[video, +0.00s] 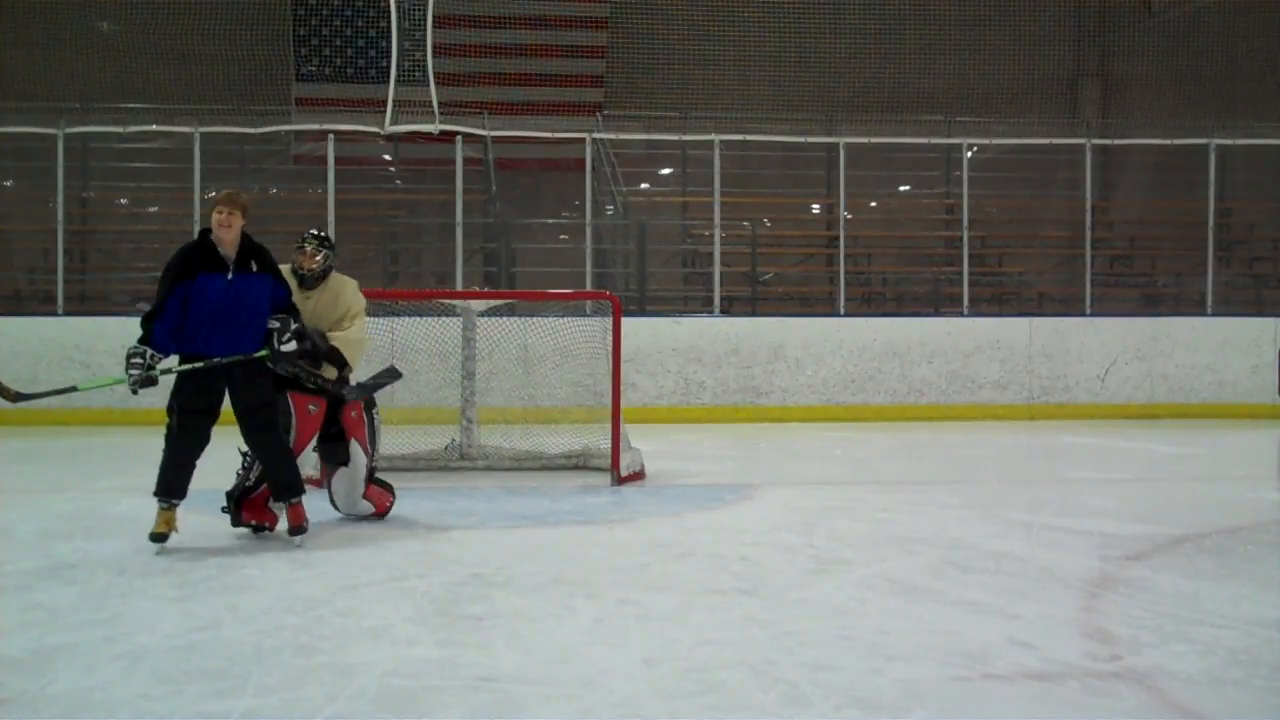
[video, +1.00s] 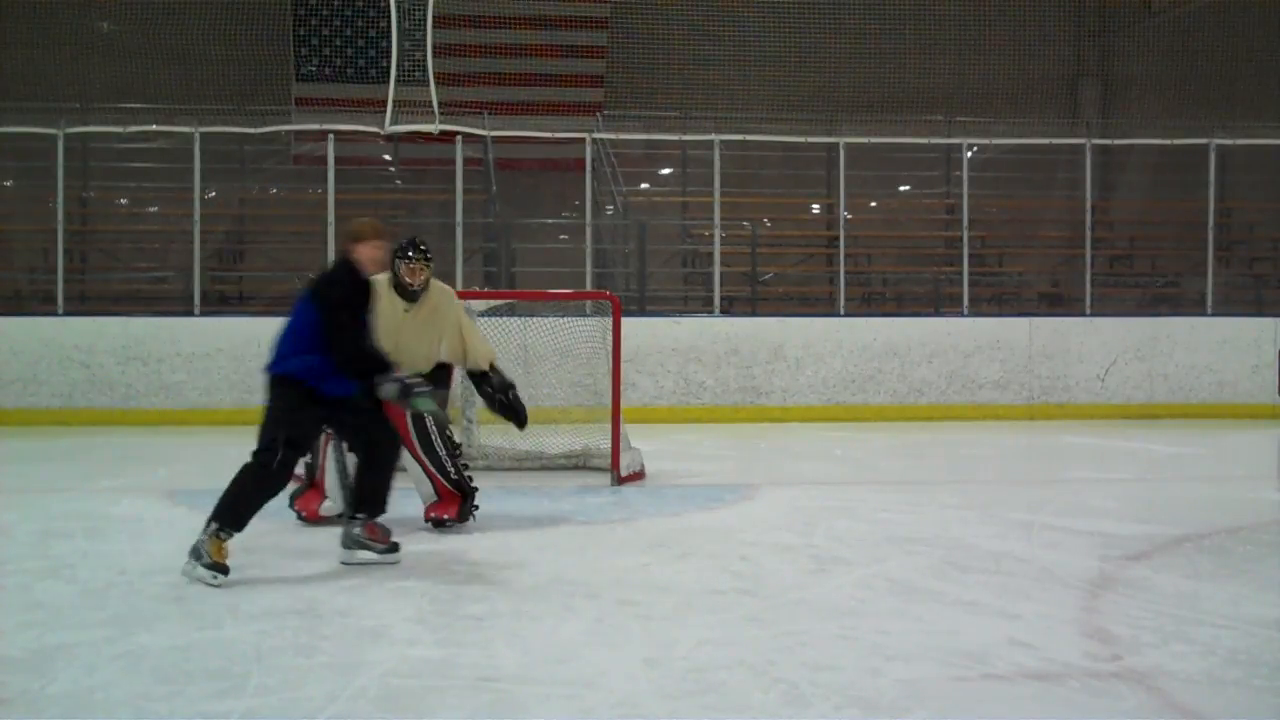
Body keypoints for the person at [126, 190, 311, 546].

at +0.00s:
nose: (224, 219)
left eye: (232, 214)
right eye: (219, 213)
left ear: (243, 221)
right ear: (210, 218)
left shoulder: (259, 259)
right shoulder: (189, 258)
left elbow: (284, 305)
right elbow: (165, 310)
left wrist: (284, 328)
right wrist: (146, 352)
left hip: (250, 360)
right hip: (200, 362)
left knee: (265, 433)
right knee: (186, 434)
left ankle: (292, 501)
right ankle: (166, 507)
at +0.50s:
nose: (232, 223)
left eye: (240, 218)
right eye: (227, 217)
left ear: (253, 222)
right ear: (219, 221)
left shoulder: (267, 261)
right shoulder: (198, 261)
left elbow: (286, 308)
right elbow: (176, 321)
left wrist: (306, 335)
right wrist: (184, 369)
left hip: (255, 371)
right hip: (206, 374)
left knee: (272, 438)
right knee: (195, 448)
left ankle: (283, 513)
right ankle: (171, 527)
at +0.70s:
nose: (268, 228)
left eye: (276, 222)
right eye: (262, 220)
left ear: (286, 228)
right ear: (249, 223)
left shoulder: (288, 266)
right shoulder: (227, 265)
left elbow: (299, 312)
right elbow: (214, 328)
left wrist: (316, 326)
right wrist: (230, 377)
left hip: (279, 374)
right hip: (232, 376)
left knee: (304, 442)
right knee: (230, 454)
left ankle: (298, 522)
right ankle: (193, 535)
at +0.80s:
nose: (300, 238)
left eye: (306, 231)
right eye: (293, 230)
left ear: (311, 237)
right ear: (274, 232)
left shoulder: (303, 278)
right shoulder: (253, 274)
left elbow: (305, 329)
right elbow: (243, 339)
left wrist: (322, 353)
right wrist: (268, 378)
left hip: (291, 380)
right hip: (246, 380)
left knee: (330, 441)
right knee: (244, 456)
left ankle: (316, 525)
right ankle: (200, 535)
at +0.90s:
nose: (335, 253)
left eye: (340, 246)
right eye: (328, 244)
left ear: (344, 251)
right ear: (309, 245)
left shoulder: (319, 288)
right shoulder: (290, 282)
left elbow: (325, 344)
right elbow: (295, 349)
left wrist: (347, 374)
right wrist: (329, 378)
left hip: (302, 389)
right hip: (266, 388)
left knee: (356, 441)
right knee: (261, 464)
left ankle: (343, 524)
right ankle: (207, 537)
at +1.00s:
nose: (382, 254)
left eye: (384, 247)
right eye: (375, 247)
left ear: (381, 252)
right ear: (354, 248)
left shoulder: (359, 286)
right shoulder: (339, 283)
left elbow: (357, 343)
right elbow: (346, 344)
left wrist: (384, 374)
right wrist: (381, 376)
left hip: (339, 386)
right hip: (300, 383)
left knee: (382, 441)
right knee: (275, 462)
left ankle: (362, 527)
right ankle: (213, 539)